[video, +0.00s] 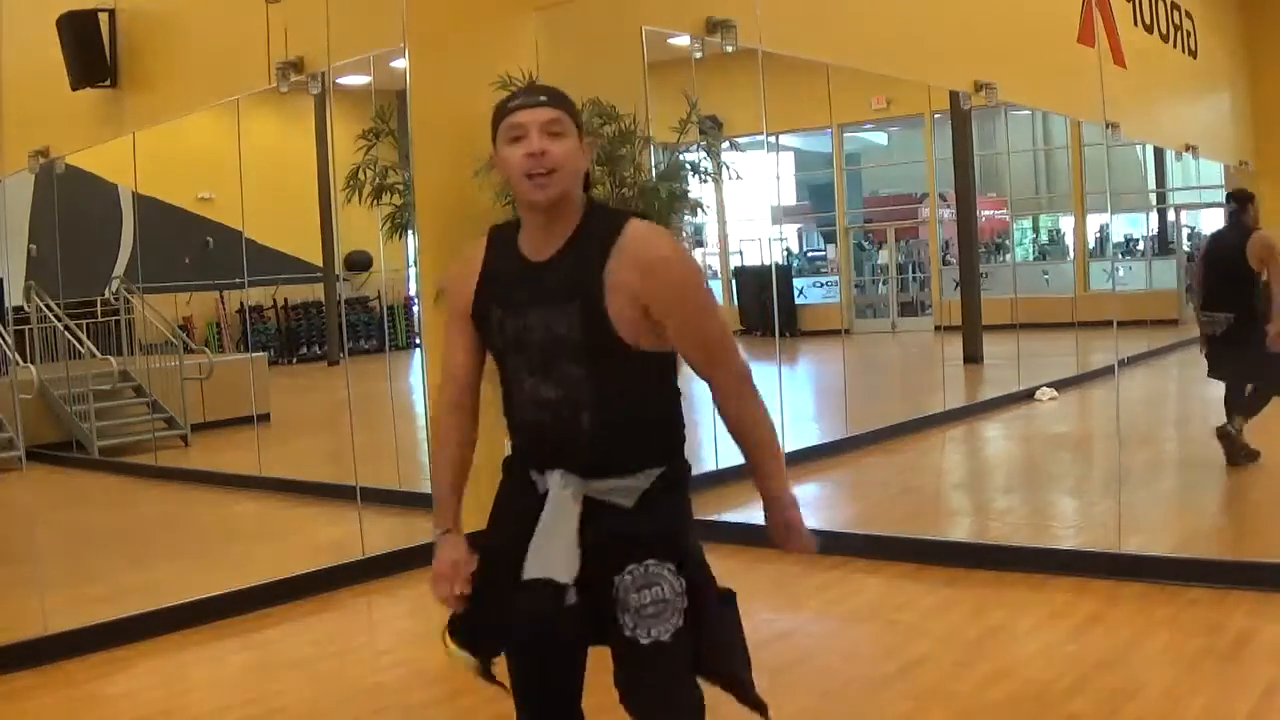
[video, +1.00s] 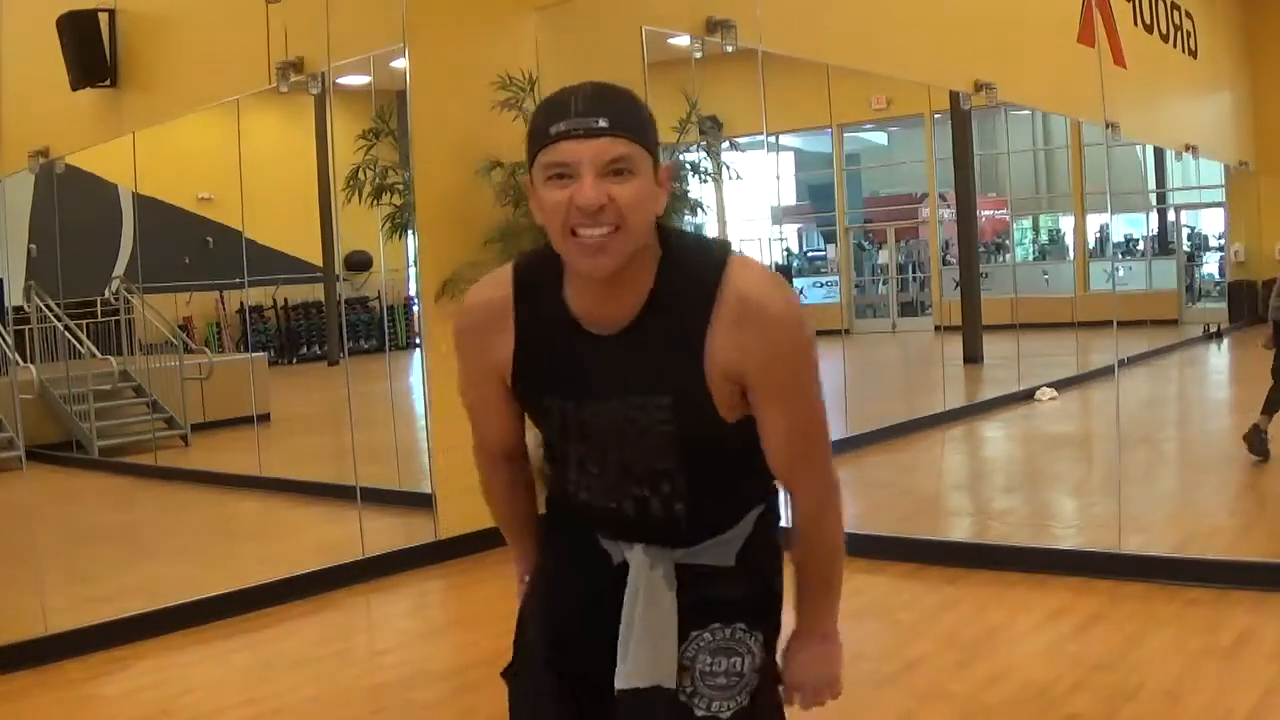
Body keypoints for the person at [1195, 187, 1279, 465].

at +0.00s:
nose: (1257, 214)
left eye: (1255, 208)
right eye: (1256, 209)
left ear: (1230, 210)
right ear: (1249, 208)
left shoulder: (1212, 241)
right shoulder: (1262, 242)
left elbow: (1202, 289)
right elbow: (1274, 288)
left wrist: (1203, 332)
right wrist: (1274, 323)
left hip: (1217, 324)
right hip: (1248, 324)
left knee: (1234, 380)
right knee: (1271, 379)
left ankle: (1236, 446)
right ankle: (1235, 424)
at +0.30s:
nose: (1275, 226)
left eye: (1271, 219)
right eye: (1277, 221)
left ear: (1264, 220)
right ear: (1278, 223)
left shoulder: (1244, 249)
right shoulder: (1276, 251)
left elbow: (1225, 291)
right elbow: (1279, 293)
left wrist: (1214, 328)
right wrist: (1263, 322)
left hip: (1241, 331)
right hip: (1267, 333)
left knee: (1248, 385)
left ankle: (1238, 443)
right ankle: (1238, 443)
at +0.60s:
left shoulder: (1275, 256)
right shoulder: (1275, 257)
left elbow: (1261, 301)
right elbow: (1262, 301)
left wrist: (1253, 336)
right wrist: (1253, 337)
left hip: (1268, 335)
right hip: (1272, 335)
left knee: (1270, 383)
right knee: (1270, 383)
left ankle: (1242, 438)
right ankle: (1242, 438)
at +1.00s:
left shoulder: (1276, 284)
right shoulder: (1276, 284)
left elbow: (1275, 301)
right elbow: (1275, 301)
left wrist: (1274, 331)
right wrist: (1274, 331)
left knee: (1277, 382)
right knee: (1277, 382)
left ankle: (1260, 427)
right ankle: (1260, 427)